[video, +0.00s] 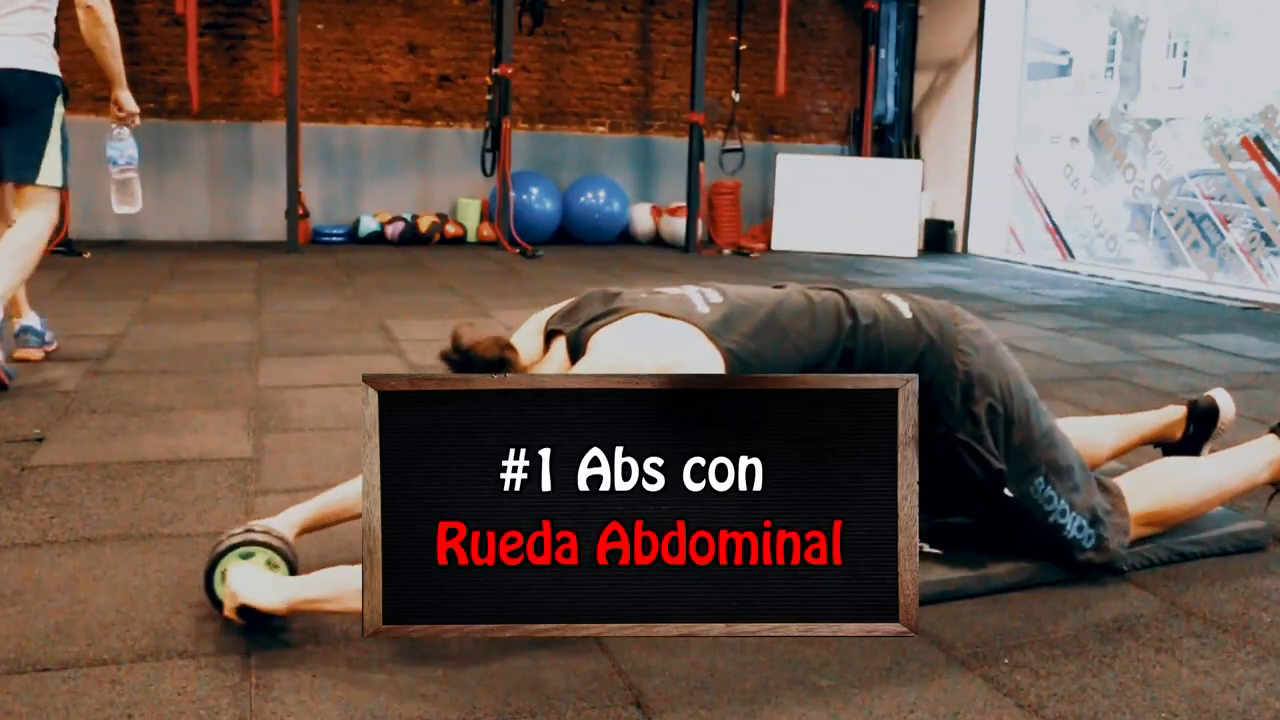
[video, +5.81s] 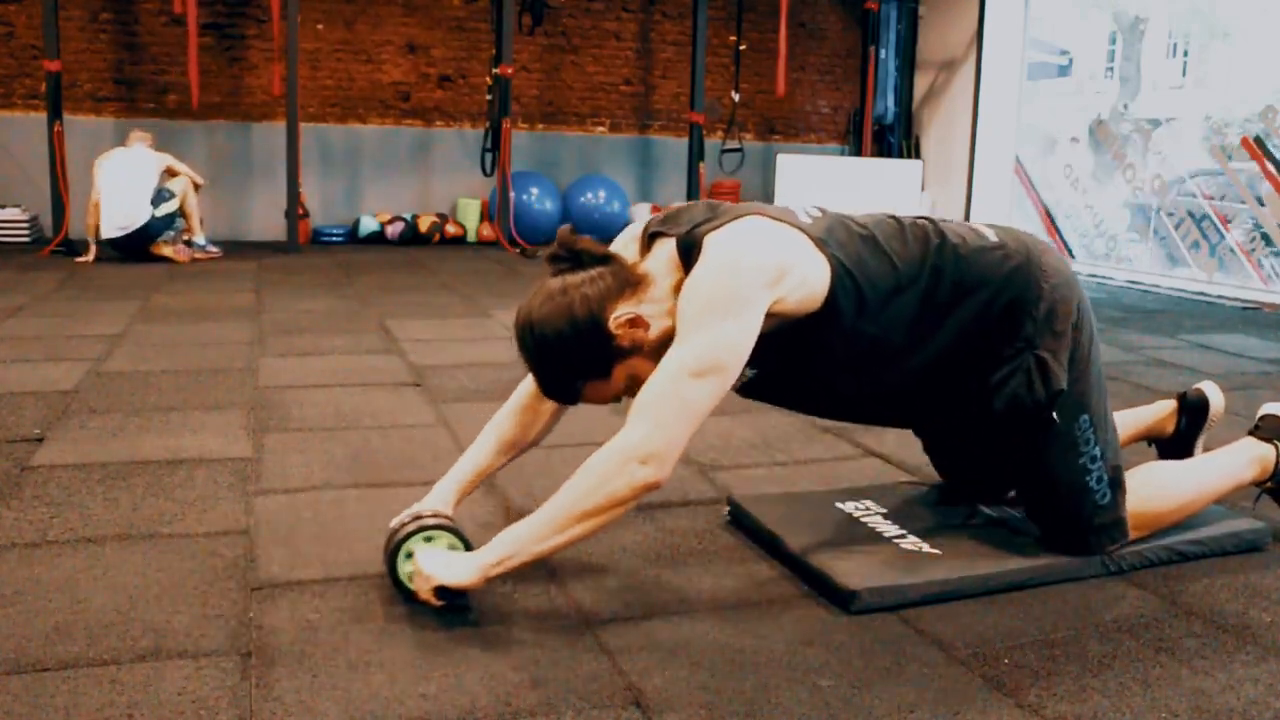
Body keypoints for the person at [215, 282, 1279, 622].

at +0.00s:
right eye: (507, 353)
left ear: (509, 371)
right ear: (504, 359)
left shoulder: (630, 369)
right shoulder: (552, 350)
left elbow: (497, 535)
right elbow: (429, 458)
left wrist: (316, 591)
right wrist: (300, 519)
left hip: (919, 351)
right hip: (874, 357)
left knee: (1093, 521)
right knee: (1018, 484)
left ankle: (1263, 460)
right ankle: (1175, 417)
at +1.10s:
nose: (562, 400)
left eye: (551, 382)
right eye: (539, 380)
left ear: (564, 345)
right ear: (550, 330)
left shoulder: (667, 319)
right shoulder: (591, 306)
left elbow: (544, 458)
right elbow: (482, 422)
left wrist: (377, 555)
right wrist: (344, 514)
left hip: (978, 331)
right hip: (925, 331)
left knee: (1100, 537)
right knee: (978, 519)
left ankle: (1259, 450)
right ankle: (1174, 428)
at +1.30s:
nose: (633, 376)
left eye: (615, 372)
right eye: (615, 376)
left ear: (626, 346)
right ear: (615, 322)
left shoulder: (718, 286)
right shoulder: (644, 256)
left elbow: (664, 391)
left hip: (1004, 302)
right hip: (945, 300)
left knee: (1104, 523)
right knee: (983, 496)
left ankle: (1263, 439)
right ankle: (1179, 420)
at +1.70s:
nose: (718, 358)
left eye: (708, 341)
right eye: (695, 351)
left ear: (732, 281)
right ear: (717, 276)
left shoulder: (844, 225)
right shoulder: (737, 228)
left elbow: (775, 411)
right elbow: (656, 372)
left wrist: (695, 502)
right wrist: (616, 467)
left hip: (1081, 295)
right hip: (984, 326)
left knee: (1101, 526)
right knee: (990, 477)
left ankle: (1268, 449)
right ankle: (1169, 418)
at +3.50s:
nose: (629, 296)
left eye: (625, 268)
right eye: (610, 292)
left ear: (658, 216)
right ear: (609, 285)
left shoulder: (764, 242)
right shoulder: (672, 263)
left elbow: (677, 443)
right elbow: (585, 383)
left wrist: (534, 553)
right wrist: (493, 491)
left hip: (1035, 313)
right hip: (953, 346)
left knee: (1102, 524)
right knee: (997, 485)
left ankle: (1270, 460)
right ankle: (1176, 417)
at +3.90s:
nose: (513, 365)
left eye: (504, 337)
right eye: (490, 365)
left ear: (537, 284)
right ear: (491, 355)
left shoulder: (647, 309)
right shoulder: (571, 316)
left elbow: (538, 508)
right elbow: (464, 427)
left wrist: (363, 582)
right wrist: (343, 514)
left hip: (954, 359)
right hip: (887, 397)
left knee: (1102, 534)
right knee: (1041, 493)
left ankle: (1261, 458)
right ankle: (1208, 422)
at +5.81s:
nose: (633, 388)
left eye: (612, 378)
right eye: (610, 385)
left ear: (633, 325)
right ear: (622, 326)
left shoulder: (732, 277)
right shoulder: (637, 274)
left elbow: (639, 464)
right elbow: (542, 392)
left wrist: (488, 561)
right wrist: (450, 491)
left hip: (1018, 309)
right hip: (937, 341)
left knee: (1091, 525)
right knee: (992, 484)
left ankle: (1260, 456)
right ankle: (1171, 418)